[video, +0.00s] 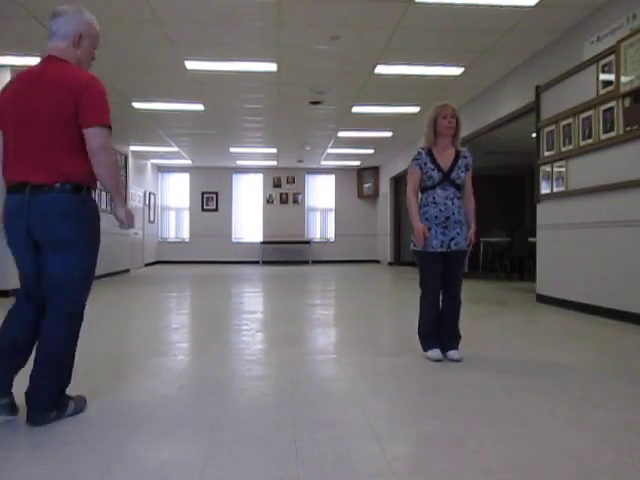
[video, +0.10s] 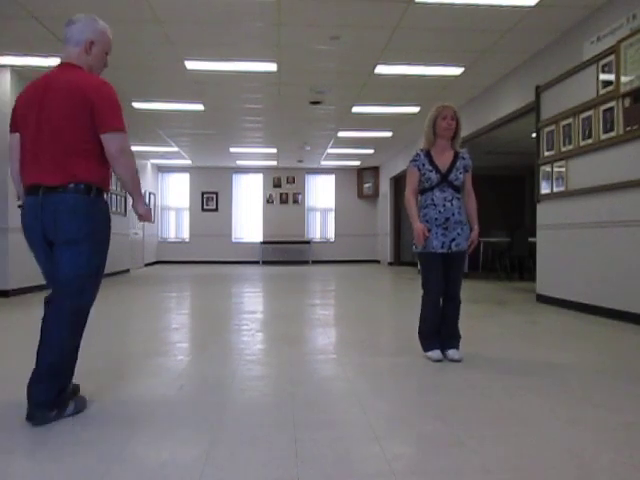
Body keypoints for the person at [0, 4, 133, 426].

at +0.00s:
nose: (93, 57)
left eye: (95, 49)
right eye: (93, 48)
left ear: (53, 41)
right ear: (79, 40)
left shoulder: (13, 86)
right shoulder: (83, 84)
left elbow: (5, 146)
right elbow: (99, 148)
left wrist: (17, 192)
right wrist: (120, 200)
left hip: (16, 204)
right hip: (66, 205)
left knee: (30, 296)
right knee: (65, 305)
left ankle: (1, 385)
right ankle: (45, 403)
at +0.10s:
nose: (106, 61)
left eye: (107, 53)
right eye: (105, 52)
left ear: (69, 47)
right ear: (90, 47)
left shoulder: (29, 92)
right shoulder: (96, 89)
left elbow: (16, 155)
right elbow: (118, 152)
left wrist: (26, 198)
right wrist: (137, 196)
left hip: (35, 207)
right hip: (80, 206)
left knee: (63, 295)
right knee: (72, 299)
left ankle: (54, 389)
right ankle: (44, 402)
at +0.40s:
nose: (141, 85)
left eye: (142, 78)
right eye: (140, 77)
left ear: (108, 71)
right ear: (123, 70)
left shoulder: (74, 112)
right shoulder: (131, 109)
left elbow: (63, 165)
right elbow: (150, 162)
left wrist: (67, 209)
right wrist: (169, 206)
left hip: (84, 214)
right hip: (122, 212)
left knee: (114, 293)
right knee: (115, 298)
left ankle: (125, 367)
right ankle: (65, 372)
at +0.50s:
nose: (151, 89)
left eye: (153, 82)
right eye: (150, 81)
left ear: (119, 75)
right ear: (134, 75)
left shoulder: (90, 115)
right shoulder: (142, 113)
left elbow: (85, 171)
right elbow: (157, 164)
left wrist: (92, 207)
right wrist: (172, 209)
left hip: (98, 214)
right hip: (134, 213)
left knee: (120, 289)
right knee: (144, 291)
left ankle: (126, 368)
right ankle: (92, 353)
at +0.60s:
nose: (161, 94)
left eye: (162, 87)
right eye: (160, 86)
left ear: (131, 80)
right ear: (143, 79)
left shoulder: (105, 117)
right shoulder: (149, 116)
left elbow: (106, 168)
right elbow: (162, 165)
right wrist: (177, 213)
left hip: (111, 213)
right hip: (145, 212)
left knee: (128, 286)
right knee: (165, 285)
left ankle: (125, 366)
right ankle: (123, 352)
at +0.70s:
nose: (171, 96)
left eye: (172, 89)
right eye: (169, 88)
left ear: (143, 83)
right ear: (153, 82)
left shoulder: (119, 118)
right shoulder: (157, 117)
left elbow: (118, 169)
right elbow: (165, 166)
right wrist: (183, 211)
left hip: (122, 213)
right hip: (154, 213)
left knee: (135, 285)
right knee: (181, 282)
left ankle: (125, 367)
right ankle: (160, 354)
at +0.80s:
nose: (186, 94)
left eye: (186, 87)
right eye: (183, 87)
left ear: (158, 86)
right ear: (165, 85)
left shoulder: (131, 121)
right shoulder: (168, 119)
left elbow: (132, 169)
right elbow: (173, 168)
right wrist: (190, 211)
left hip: (133, 214)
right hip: (165, 212)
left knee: (141, 289)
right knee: (193, 281)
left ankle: (127, 365)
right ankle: (193, 352)